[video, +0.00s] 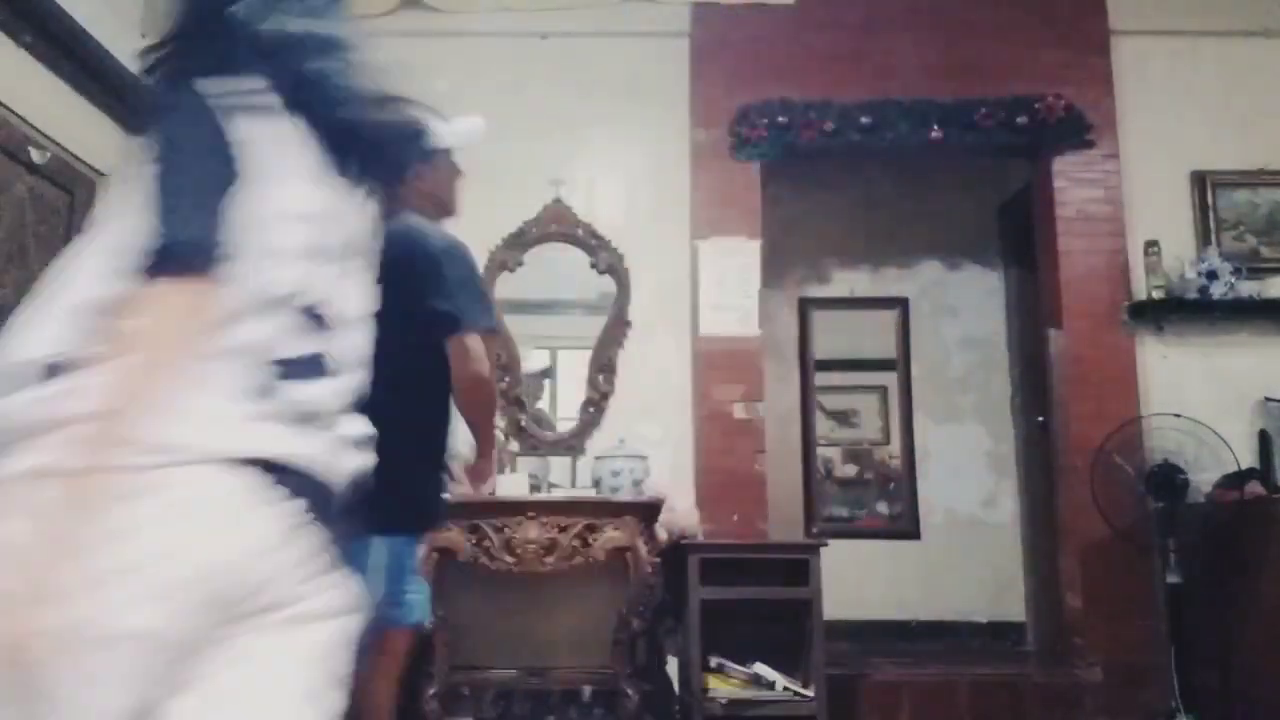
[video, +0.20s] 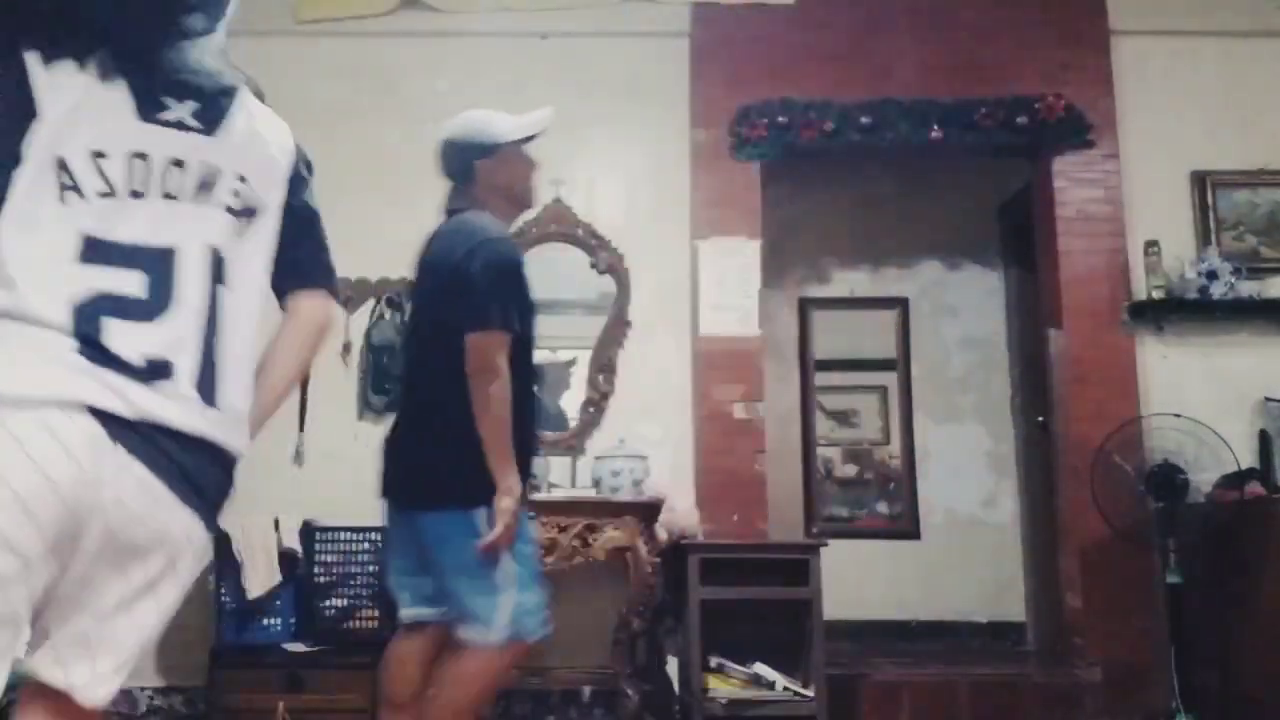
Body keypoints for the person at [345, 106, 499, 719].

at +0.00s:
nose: (457, 177)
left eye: (452, 163)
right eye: (445, 164)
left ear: (397, 175)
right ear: (412, 174)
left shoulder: (338, 239)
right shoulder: (431, 249)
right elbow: (472, 370)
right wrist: (486, 447)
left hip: (330, 471)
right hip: (396, 482)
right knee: (387, 644)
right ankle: (373, 711)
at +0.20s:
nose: (534, 164)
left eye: (527, 151)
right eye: (521, 153)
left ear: (481, 171)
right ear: (485, 169)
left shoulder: (447, 241)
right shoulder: (487, 246)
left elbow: (438, 367)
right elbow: (485, 371)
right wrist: (507, 480)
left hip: (416, 475)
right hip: (464, 481)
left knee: (420, 624)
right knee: (504, 631)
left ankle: (396, 714)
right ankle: (431, 710)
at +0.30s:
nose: (572, 173)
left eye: (567, 161)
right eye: (559, 161)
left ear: (521, 180)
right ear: (523, 177)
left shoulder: (493, 245)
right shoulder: (518, 249)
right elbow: (494, 357)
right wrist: (519, 471)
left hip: (456, 482)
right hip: (509, 487)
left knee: (433, 623)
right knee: (568, 625)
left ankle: (398, 714)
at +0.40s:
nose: (610, 190)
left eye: (605, 178)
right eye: (598, 179)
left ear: (562, 193)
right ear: (563, 191)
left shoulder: (540, 260)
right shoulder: (555, 265)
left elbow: (573, 362)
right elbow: (516, 379)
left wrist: (644, 391)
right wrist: (542, 496)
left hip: (502, 501)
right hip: (557, 505)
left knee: (459, 631)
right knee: (616, 652)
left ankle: (414, 712)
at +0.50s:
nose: (649, 188)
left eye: (643, 177)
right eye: (633, 179)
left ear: (601, 203)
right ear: (597, 198)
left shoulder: (599, 275)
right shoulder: (598, 280)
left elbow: (633, 383)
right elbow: (577, 407)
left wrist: (703, 413)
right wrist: (575, 522)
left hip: (575, 508)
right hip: (619, 510)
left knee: (539, 638)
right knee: (677, 644)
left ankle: (460, 711)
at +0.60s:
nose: (683, 181)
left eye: (678, 171)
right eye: (667, 174)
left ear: (640, 198)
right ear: (631, 196)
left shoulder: (648, 271)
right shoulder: (635, 275)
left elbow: (673, 394)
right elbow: (621, 407)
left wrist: (726, 450)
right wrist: (648, 519)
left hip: (661, 505)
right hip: (658, 511)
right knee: (699, 657)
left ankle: (538, 711)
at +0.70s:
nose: (715, 168)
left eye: (714, 157)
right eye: (696, 160)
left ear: (712, 168)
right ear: (658, 182)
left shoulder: (695, 254)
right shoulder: (659, 256)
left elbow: (712, 366)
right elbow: (664, 383)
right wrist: (733, 473)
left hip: (726, 486)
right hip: (681, 493)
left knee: (767, 615)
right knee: (694, 662)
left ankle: (682, 700)